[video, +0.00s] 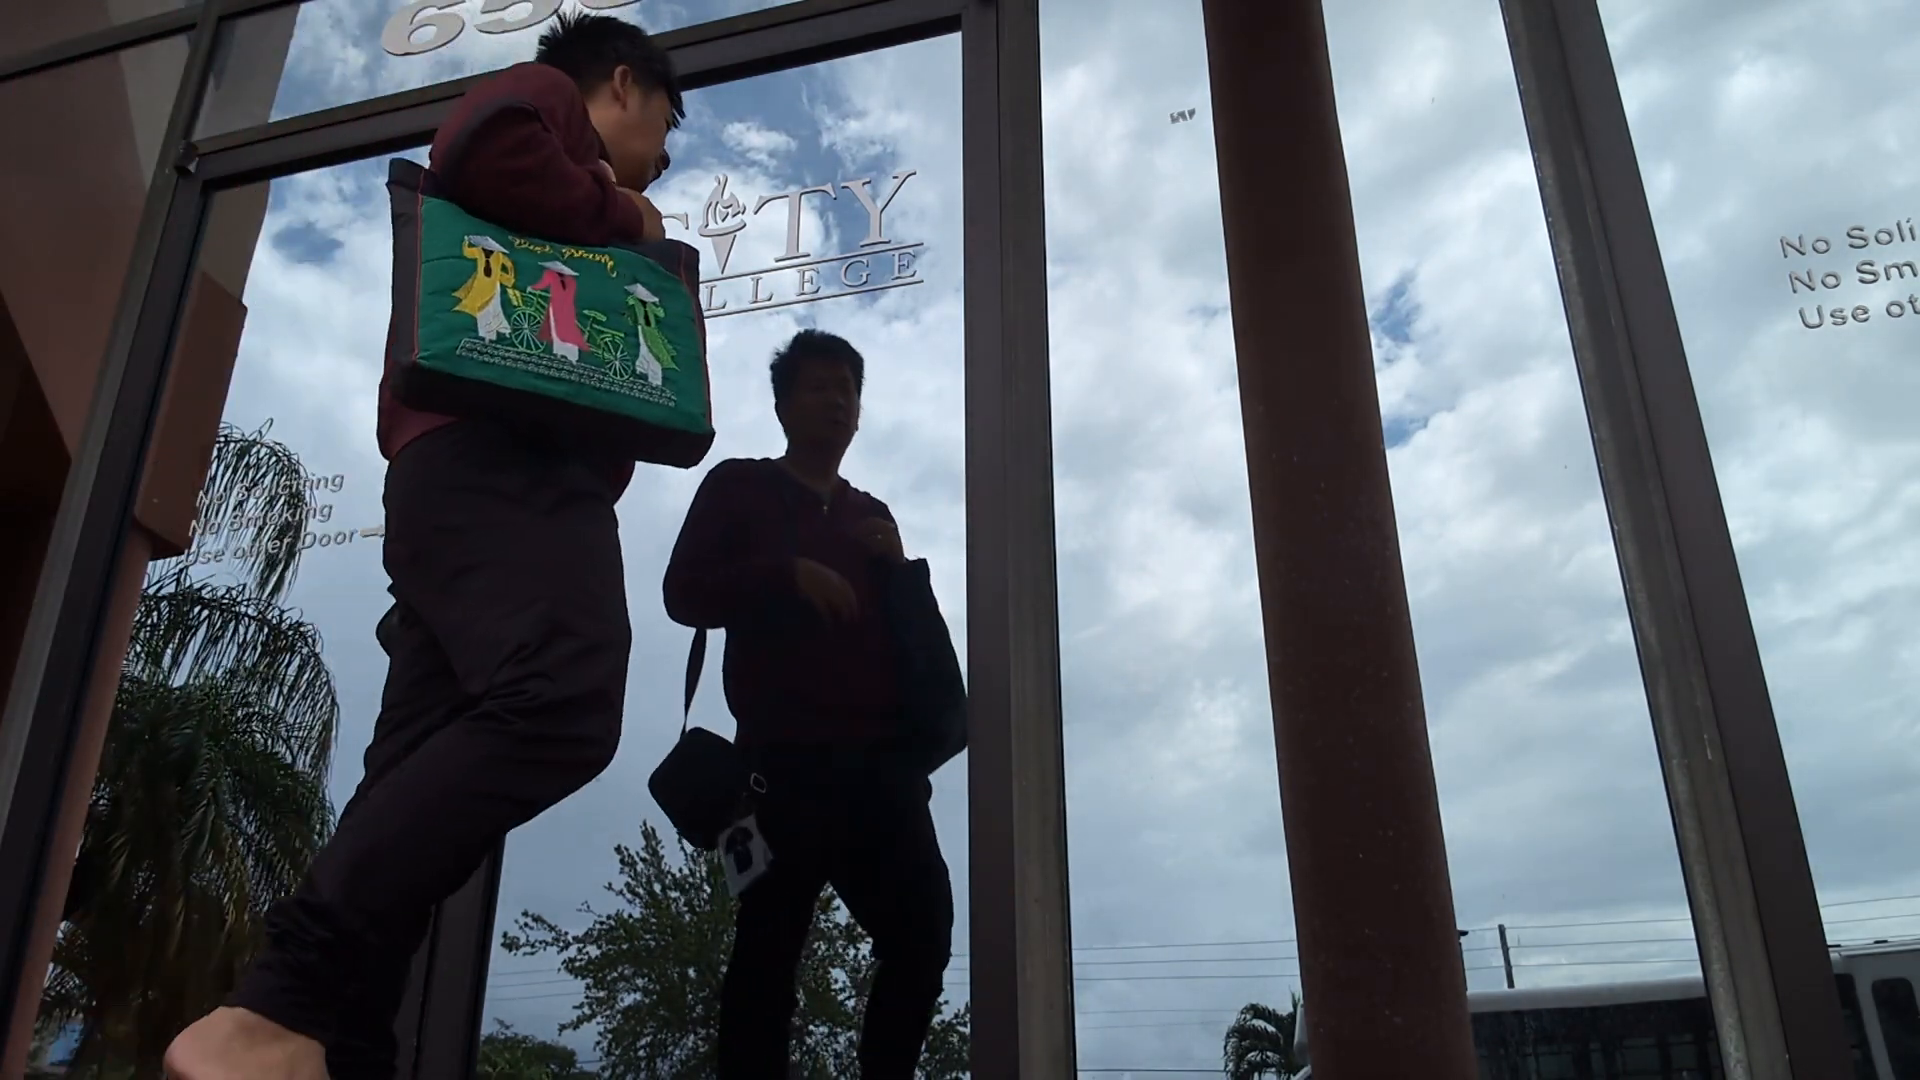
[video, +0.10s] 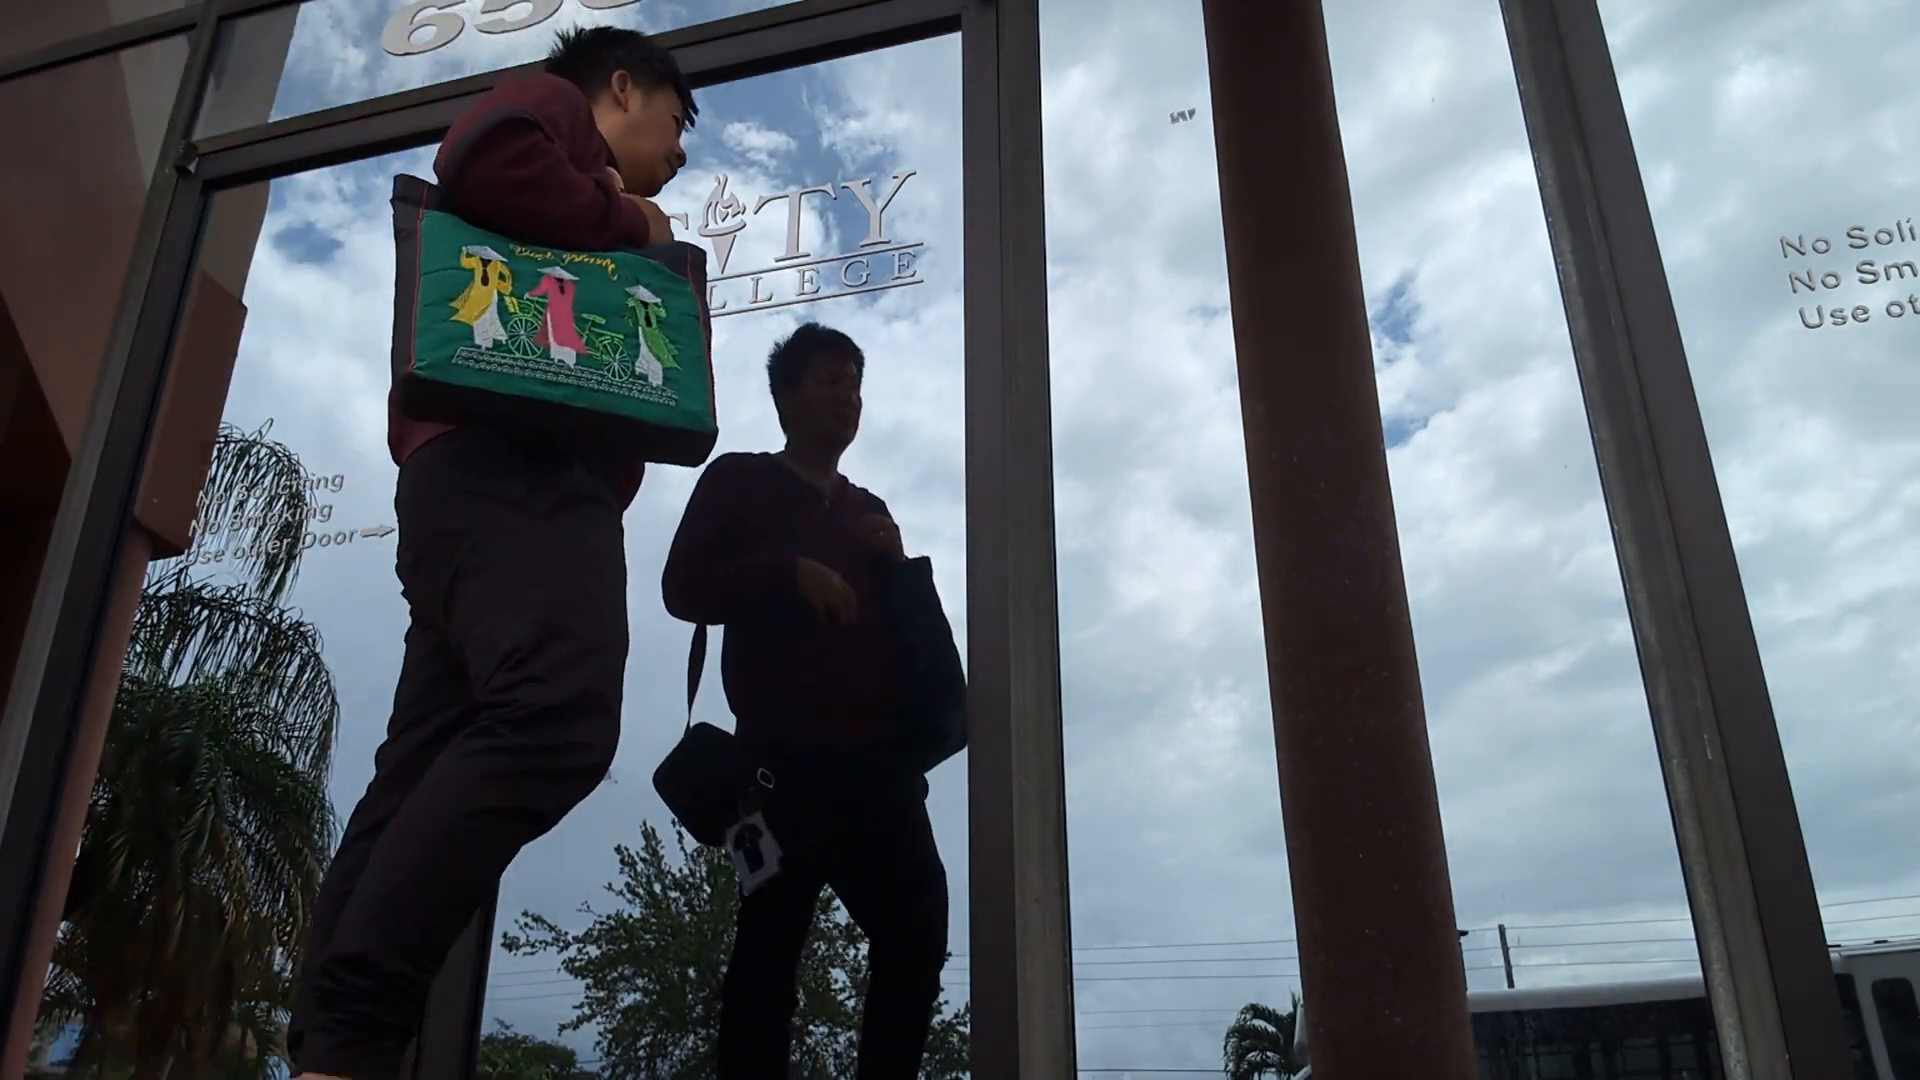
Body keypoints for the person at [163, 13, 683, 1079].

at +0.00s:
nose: (661, 159)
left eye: (669, 142)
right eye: (666, 129)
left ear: (611, 106)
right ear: (619, 86)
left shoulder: (579, 203)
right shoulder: (538, 91)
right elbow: (486, 155)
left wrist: (654, 272)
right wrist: (633, 223)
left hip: (476, 464)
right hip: (498, 452)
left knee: (417, 755)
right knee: (555, 714)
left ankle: (344, 1046)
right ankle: (270, 1020)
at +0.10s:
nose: (683, 146)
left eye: (686, 130)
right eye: (677, 120)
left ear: (626, 115)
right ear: (619, 92)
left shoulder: (604, 215)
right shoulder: (554, 98)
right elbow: (485, 160)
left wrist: (669, 276)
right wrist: (630, 224)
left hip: (491, 473)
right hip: (510, 462)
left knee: (429, 749)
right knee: (551, 733)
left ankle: (334, 1043)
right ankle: (351, 1031)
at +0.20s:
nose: (692, 134)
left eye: (695, 120)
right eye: (683, 108)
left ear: (632, 112)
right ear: (617, 88)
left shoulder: (610, 212)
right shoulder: (559, 103)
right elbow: (491, 164)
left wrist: (677, 278)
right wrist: (636, 228)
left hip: (492, 473)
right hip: (526, 464)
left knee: (437, 755)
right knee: (532, 752)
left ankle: (338, 1040)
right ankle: (414, 1044)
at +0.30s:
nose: (696, 128)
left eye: (702, 118)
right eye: (682, 103)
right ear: (613, 86)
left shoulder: (618, 216)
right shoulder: (564, 106)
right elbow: (499, 162)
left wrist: (683, 277)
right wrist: (644, 229)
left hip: (498, 472)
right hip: (533, 464)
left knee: (443, 757)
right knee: (528, 757)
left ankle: (344, 1036)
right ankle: (428, 1043)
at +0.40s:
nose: (699, 121)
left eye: (709, 113)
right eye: (684, 96)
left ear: (687, 132)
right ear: (615, 81)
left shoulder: (631, 227)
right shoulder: (571, 105)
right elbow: (501, 155)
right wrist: (648, 224)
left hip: (505, 467)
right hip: (537, 456)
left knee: (449, 753)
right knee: (531, 753)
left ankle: (346, 1035)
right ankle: (429, 1044)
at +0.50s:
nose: (697, 116)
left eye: (711, 110)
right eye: (680, 91)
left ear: (699, 133)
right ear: (614, 78)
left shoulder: (648, 227)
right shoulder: (573, 105)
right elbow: (494, 147)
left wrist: (691, 271)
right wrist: (651, 220)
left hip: (513, 465)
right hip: (538, 453)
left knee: (452, 747)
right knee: (531, 753)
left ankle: (344, 1034)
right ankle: (427, 1042)